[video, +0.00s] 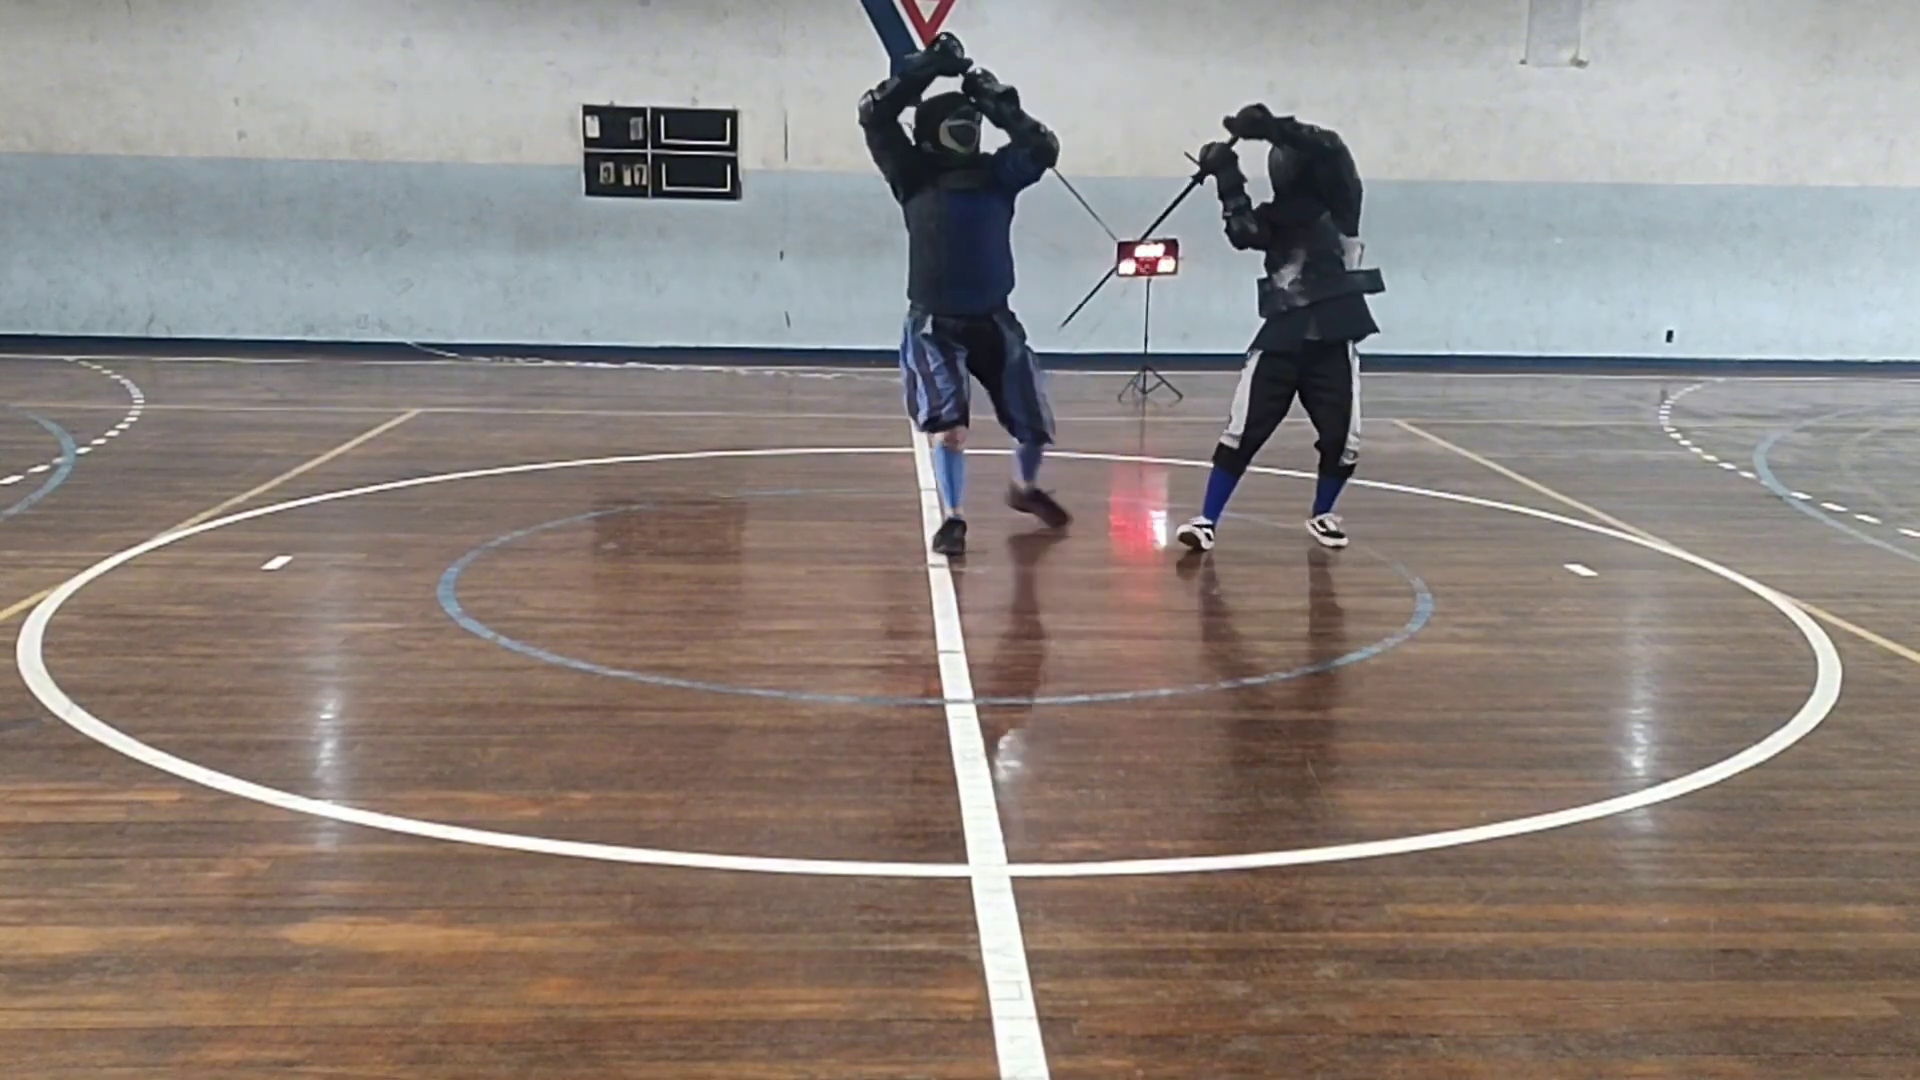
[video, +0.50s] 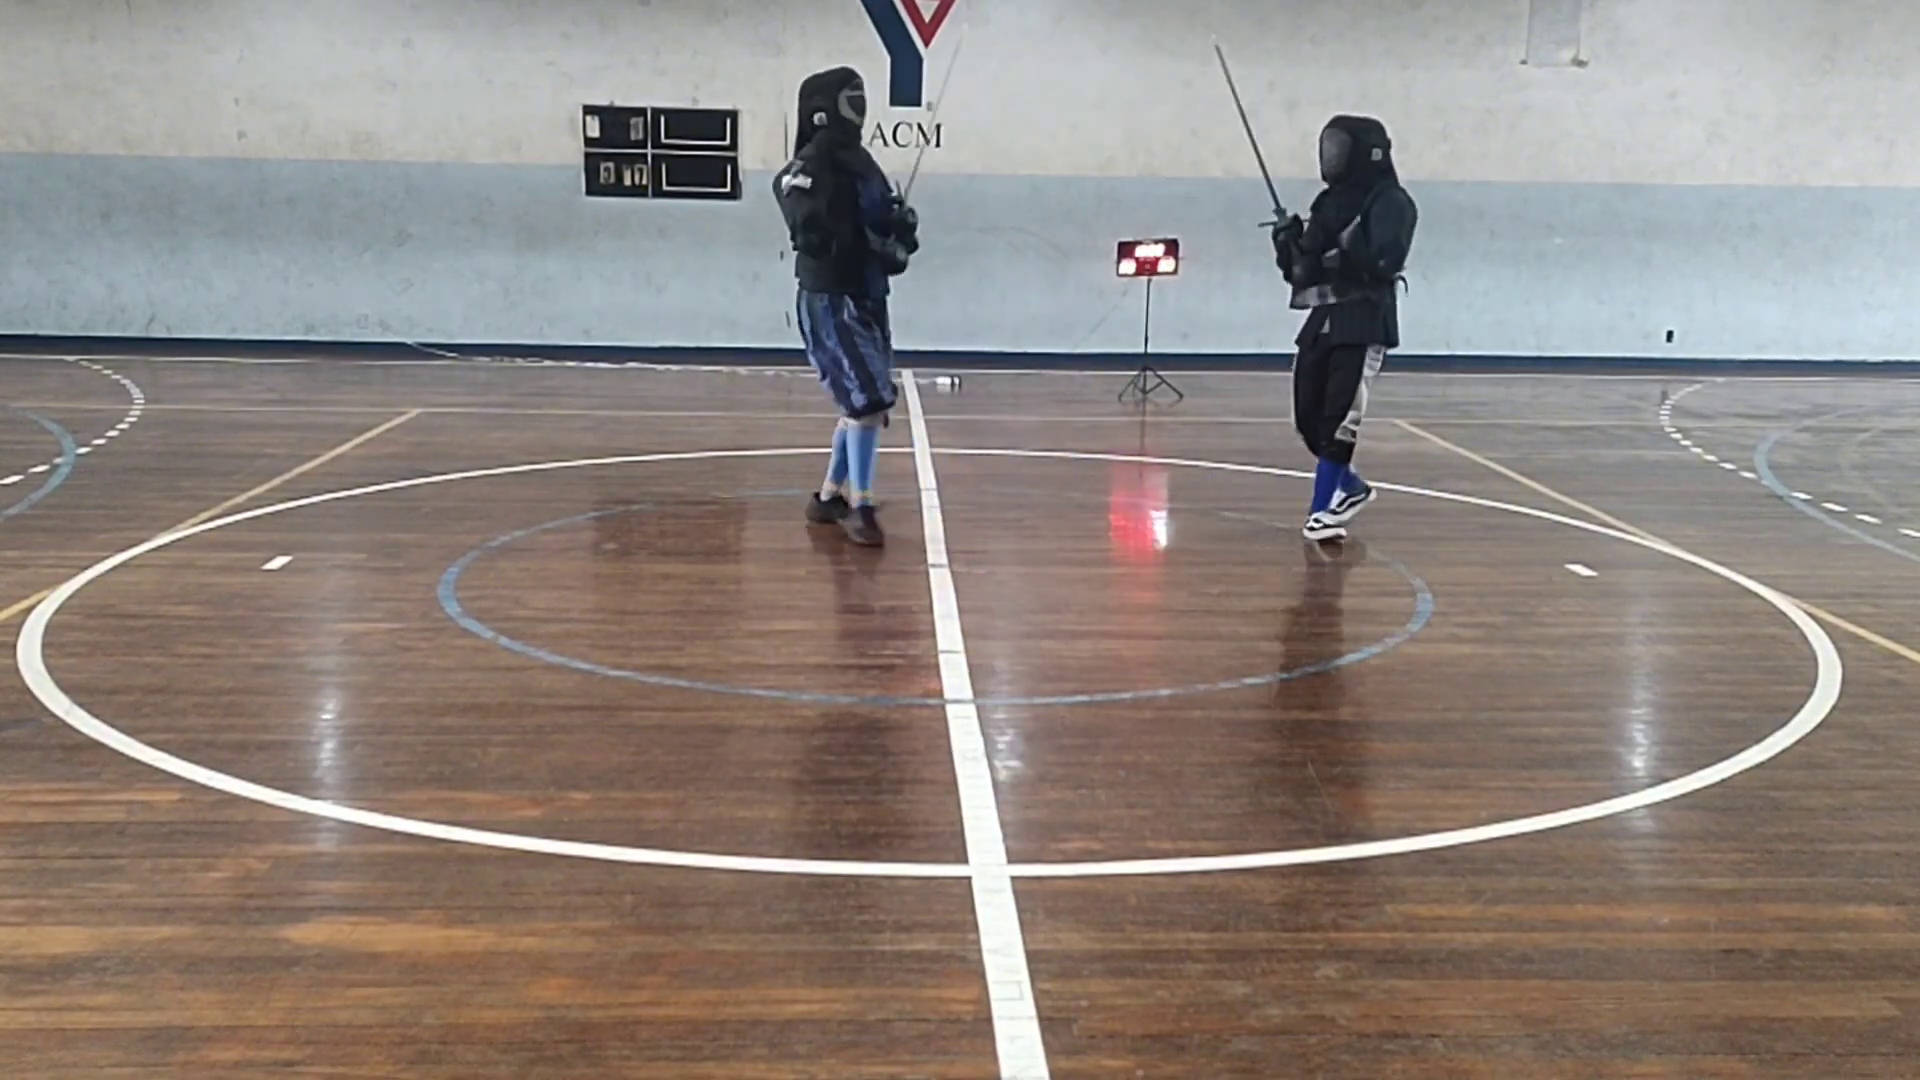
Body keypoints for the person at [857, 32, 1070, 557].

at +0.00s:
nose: (968, 132)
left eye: (974, 124)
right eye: (955, 125)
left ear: (980, 130)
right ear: (931, 133)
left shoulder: (1001, 175)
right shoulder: (914, 177)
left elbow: (1042, 148)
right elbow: (874, 114)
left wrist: (998, 104)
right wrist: (924, 67)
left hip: (993, 319)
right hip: (934, 322)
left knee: (1031, 419)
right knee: (950, 427)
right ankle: (952, 519)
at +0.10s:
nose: (944, 135)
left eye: (949, 126)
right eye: (932, 126)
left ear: (957, 129)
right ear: (906, 133)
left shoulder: (977, 172)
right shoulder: (892, 177)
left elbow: (1024, 153)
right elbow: (852, 117)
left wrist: (978, 106)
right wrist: (902, 75)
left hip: (972, 317)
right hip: (918, 319)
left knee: (972, 427)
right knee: (945, 421)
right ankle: (950, 520)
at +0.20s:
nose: (924, 126)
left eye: (928, 119)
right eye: (914, 120)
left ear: (935, 122)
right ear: (889, 125)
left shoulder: (951, 167)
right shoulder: (869, 170)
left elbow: (1000, 178)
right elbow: (831, 126)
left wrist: (959, 117)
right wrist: (883, 93)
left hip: (949, 314)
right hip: (900, 315)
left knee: (941, 423)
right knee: (934, 420)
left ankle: (869, 473)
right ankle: (951, 523)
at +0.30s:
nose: (900, 124)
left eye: (903, 115)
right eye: (890, 115)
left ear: (907, 121)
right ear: (864, 121)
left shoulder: (921, 163)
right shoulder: (847, 168)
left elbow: (974, 212)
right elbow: (816, 150)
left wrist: (943, 156)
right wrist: (888, 129)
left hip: (920, 305)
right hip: (875, 306)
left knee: (899, 415)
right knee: (916, 413)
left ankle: (837, 488)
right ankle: (945, 517)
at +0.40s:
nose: (882, 117)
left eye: (883, 109)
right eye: (873, 108)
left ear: (882, 115)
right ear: (845, 114)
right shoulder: (823, 167)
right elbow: (813, 194)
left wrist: (927, 202)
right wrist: (881, 184)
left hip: (893, 303)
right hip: (849, 304)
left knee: (880, 410)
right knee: (889, 409)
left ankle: (830, 496)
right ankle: (917, 517)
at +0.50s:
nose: (859, 113)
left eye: (861, 104)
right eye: (852, 103)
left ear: (822, 110)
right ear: (826, 108)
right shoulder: (831, 157)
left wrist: (898, 228)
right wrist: (896, 242)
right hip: (838, 297)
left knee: (861, 398)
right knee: (870, 399)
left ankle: (830, 496)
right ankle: (860, 504)